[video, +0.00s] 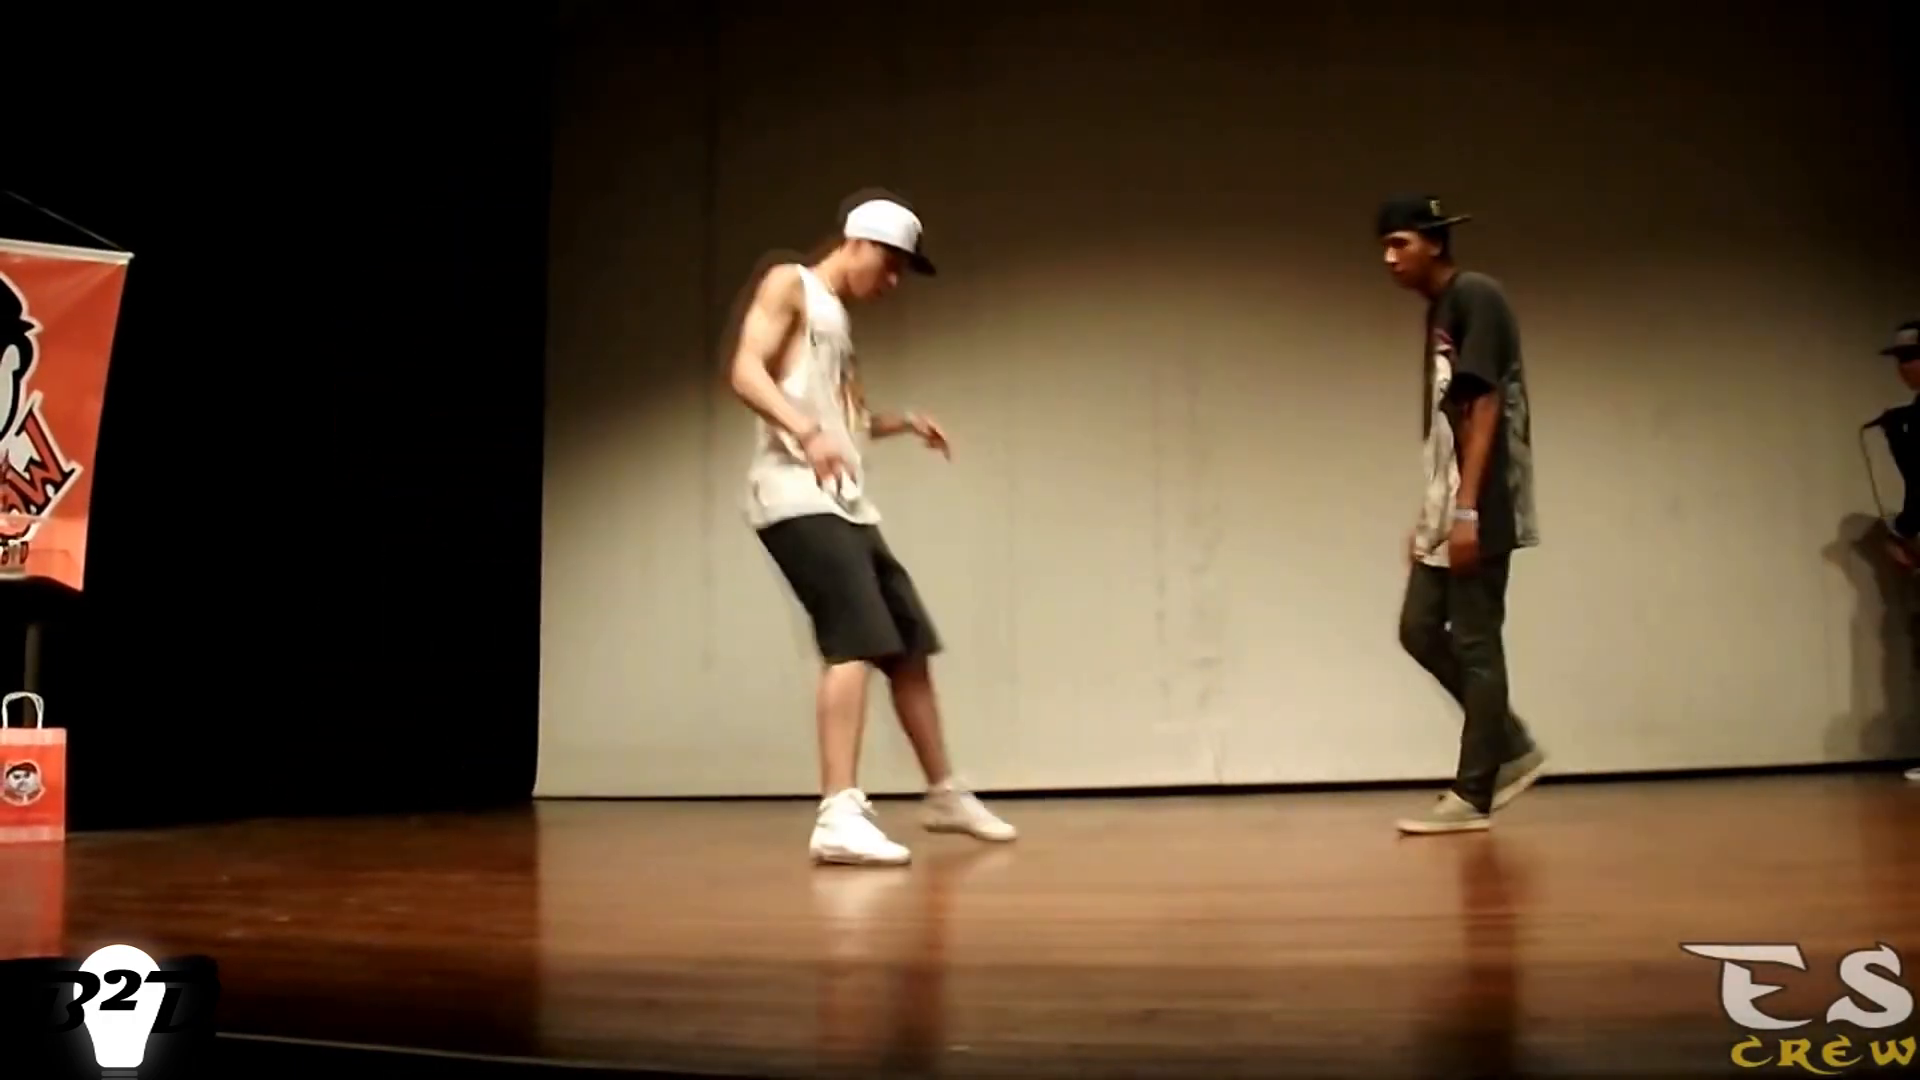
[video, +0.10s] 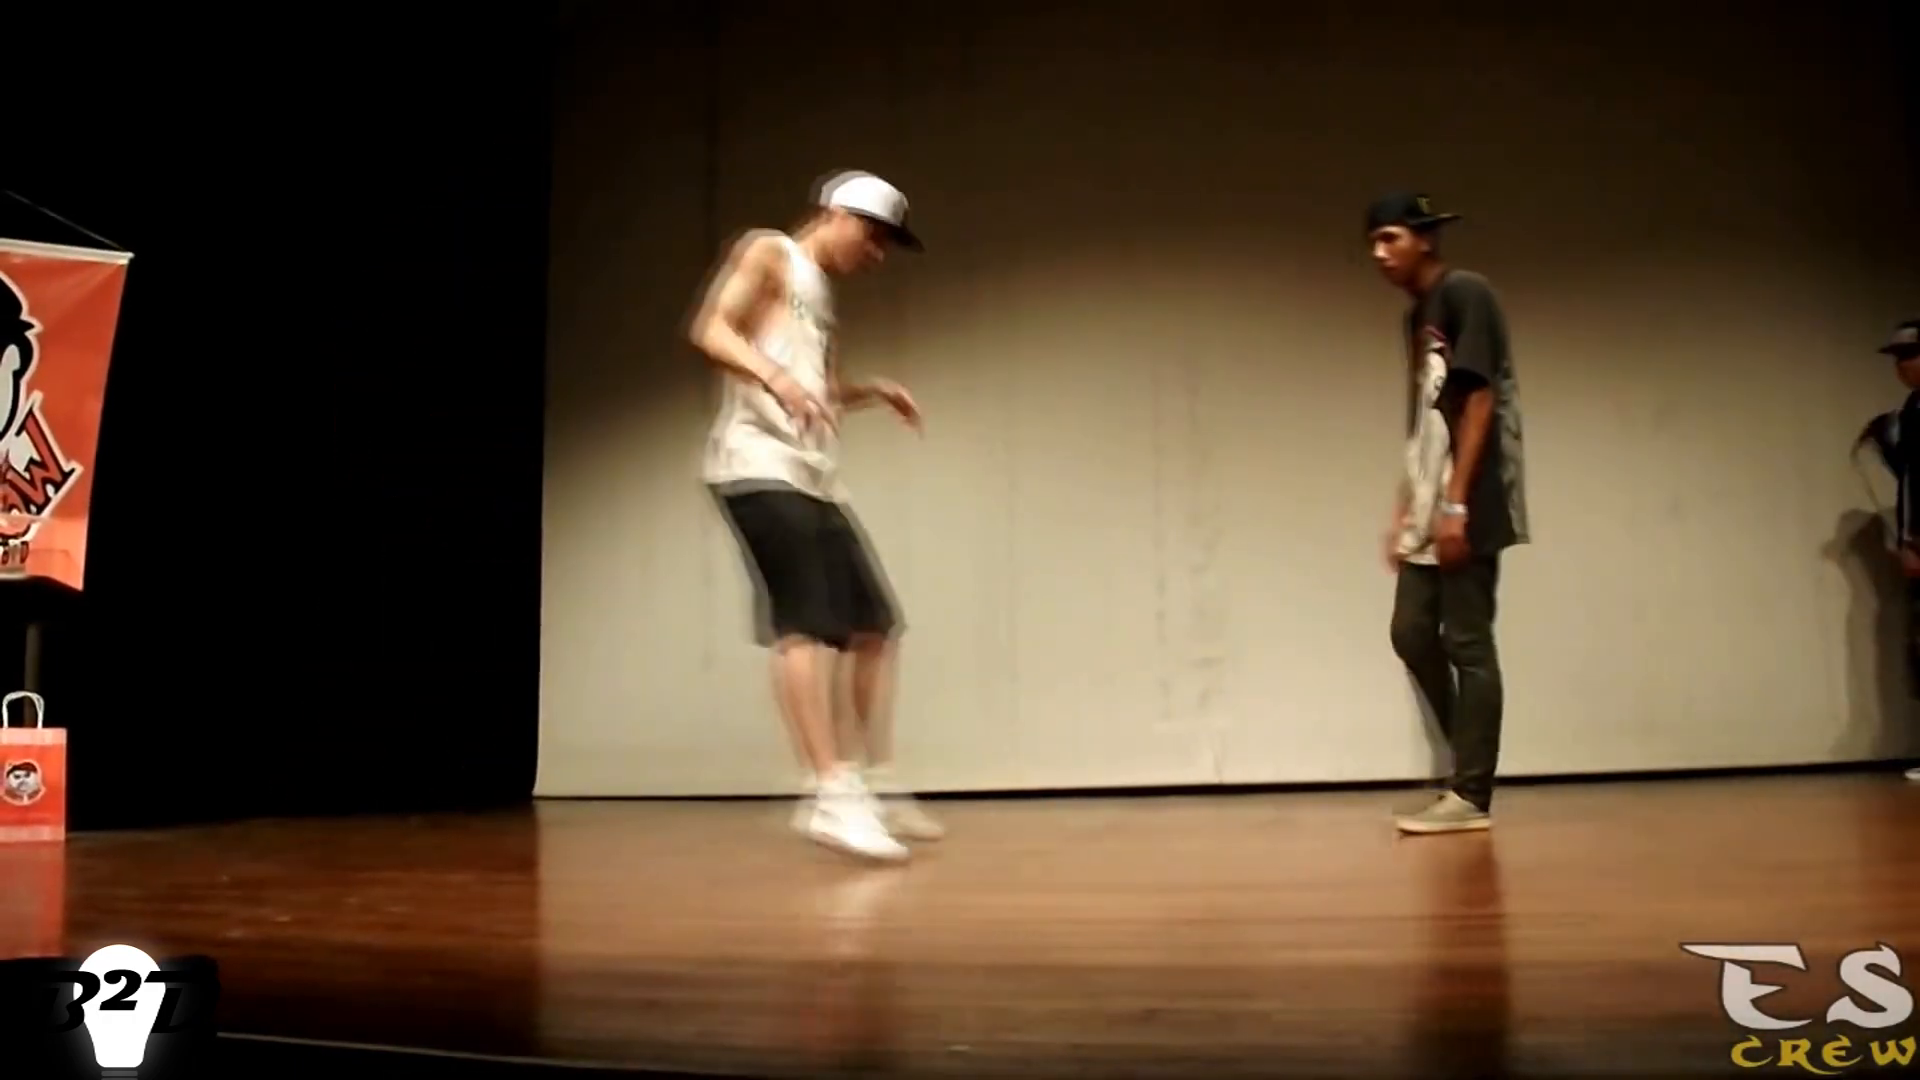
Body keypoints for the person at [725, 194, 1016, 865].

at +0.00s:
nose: (894, 282)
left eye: (902, 271)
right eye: (891, 264)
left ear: (877, 259)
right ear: (856, 241)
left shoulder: (835, 319)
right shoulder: (787, 282)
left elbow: (849, 421)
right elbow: (743, 372)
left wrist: (905, 423)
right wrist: (806, 432)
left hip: (844, 501)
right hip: (796, 497)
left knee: (907, 644)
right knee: (853, 639)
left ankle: (945, 795)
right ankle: (839, 811)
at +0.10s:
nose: (875, 255)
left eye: (883, 245)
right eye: (872, 237)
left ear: (856, 233)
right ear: (835, 213)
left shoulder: (815, 291)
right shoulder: (767, 250)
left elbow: (809, 394)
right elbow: (711, 328)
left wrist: (873, 392)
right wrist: (778, 379)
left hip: (808, 478)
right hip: (758, 469)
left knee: (874, 622)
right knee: (805, 624)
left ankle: (870, 783)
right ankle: (830, 793)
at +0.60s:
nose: (739, 257)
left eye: (749, 248)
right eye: (740, 240)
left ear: (737, 239)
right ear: (709, 215)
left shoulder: (686, 290)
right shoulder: (639, 243)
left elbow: (661, 384)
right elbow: (565, 315)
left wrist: (726, 388)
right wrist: (616, 344)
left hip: (640, 468)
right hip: (598, 457)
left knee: (652, 622)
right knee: (618, 607)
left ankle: (594, 773)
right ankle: (558, 765)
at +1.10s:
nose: (680, 276)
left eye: (684, 265)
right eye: (674, 261)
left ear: (667, 266)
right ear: (641, 256)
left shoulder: (646, 334)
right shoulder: (589, 299)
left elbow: (634, 411)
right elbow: (526, 360)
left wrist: (685, 408)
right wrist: (558, 395)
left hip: (604, 507)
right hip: (555, 500)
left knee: (591, 643)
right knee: (551, 639)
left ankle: (557, 765)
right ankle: (500, 760)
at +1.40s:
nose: (689, 272)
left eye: (691, 263)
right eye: (679, 261)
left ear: (677, 274)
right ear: (648, 267)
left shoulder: (659, 346)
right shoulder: (605, 320)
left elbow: (648, 412)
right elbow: (548, 387)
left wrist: (693, 416)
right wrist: (570, 425)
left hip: (634, 512)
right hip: (591, 510)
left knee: (623, 642)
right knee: (581, 639)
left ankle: (587, 760)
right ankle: (538, 759)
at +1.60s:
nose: (707, 312)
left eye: (708, 300)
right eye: (699, 300)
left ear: (691, 300)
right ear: (669, 298)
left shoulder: (674, 366)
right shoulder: (625, 347)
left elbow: (681, 444)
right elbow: (577, 415)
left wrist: (733, 449)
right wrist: (602, 451)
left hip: (658, 535)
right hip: (625, 535)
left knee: (655, 662)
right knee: (637, 661)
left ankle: (635, 778)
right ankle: (611, 782)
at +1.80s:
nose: (729, 307)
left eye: (731, 298)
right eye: (720, 296)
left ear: (722, 302)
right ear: (691, 296)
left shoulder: (705, 370)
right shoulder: (651, 350)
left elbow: (699, 447)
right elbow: (597, 416)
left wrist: (746, 447)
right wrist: (630, 447)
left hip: (683, 529)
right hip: (647, 525)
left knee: (664, 650)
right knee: (687, 641)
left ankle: (641, 763)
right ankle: (638, 760)